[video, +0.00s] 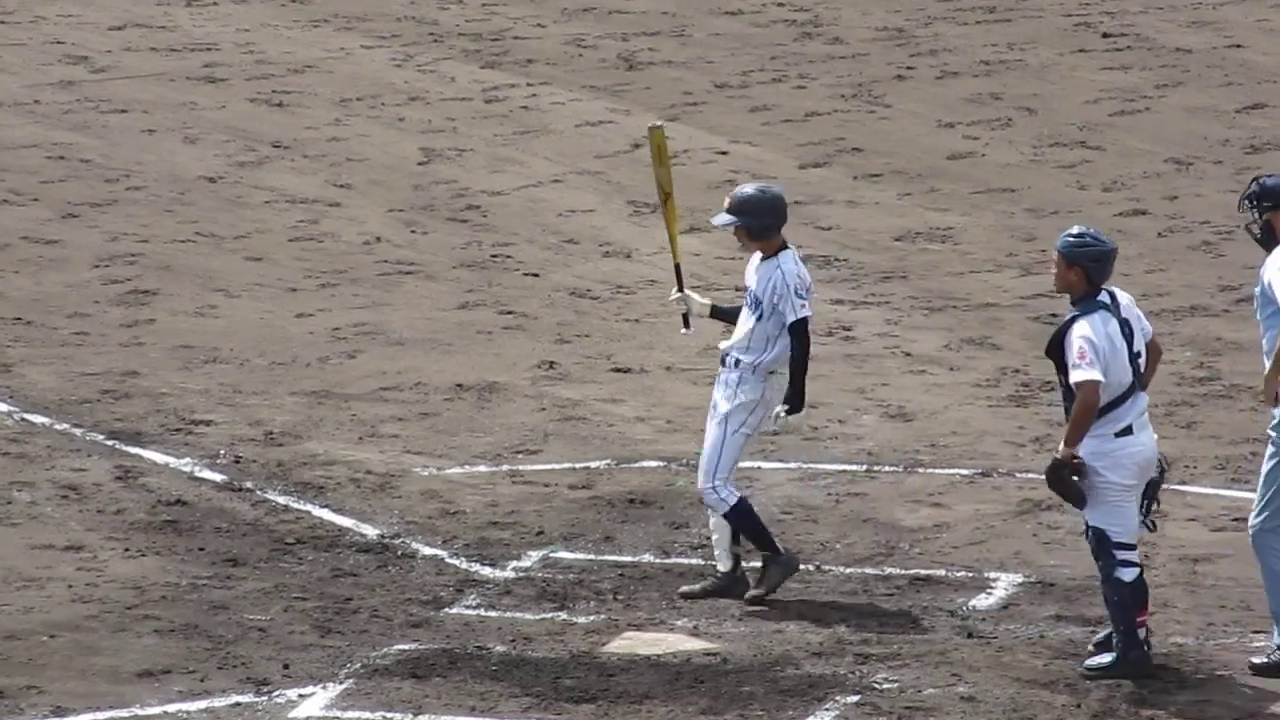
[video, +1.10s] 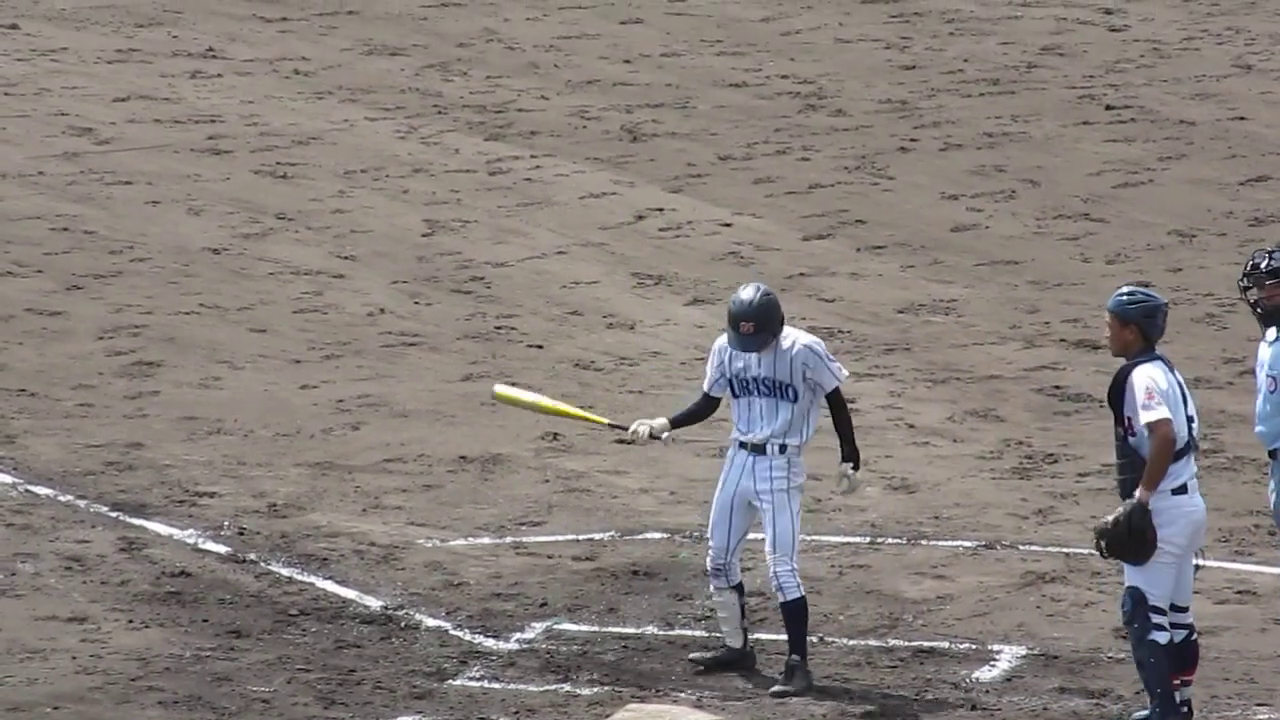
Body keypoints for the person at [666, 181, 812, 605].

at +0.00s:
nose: (735, 233)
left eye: (739, 227)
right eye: (734, 226)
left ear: (760, 227)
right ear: (762, 226)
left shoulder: (788, 273)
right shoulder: (760, 260)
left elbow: (800, 338)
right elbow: (753, 315)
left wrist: (795, 398)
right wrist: (706, 307)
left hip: (751, 387)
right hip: (731, 380)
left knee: (714, 485)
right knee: (710, 481)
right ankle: (728, 573)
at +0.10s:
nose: (725, 243)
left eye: (730, 237)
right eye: (725, 236)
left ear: (748, 239)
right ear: (761, 238)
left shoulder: (774, 287)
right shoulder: (757, 276)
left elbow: (787, 350)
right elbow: (744, 327)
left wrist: (793, 411)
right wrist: (698, 318)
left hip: (735, 399)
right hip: (726, 394)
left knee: (681, 489)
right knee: (708, 487)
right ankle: (725, 580)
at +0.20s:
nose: (722, 269)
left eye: (727, 263)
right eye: (723, 262)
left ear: (744, 268)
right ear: (760, 267)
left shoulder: (768, 316)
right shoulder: (756, 303)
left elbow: (783, 380)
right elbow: (739, 353)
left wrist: (786, 437)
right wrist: (691, 342)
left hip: (724, 425)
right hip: (728, 422)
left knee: (661, 510)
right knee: (700, 514)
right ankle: (725, 607)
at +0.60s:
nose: (719, 307)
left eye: (723, 300)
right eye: (719, 300)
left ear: (742, 300)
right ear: (751, 299)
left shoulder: (774, 341)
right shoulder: (748, 331)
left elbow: (787, 408)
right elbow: (728, 384)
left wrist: (755, 457)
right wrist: (678, 371)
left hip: (734, 455)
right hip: (723, 447)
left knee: (680, 546)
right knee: (706, 545)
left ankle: (688, 647)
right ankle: (730, 636)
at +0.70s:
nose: (723, 317)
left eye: (726, 310)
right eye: (721, 310)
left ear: (744, 307)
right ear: (742, 305)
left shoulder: (778, 339)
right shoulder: (743, 333)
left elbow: (796, 403)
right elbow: (723, 384)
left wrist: (769, 459)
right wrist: (676, 369)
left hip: (746, 454)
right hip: (725, 447)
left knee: (704, 548)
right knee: (707, 544)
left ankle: (729, 645)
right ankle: (727, 634)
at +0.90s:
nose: (728, 329)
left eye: (733, 322)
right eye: (724, 322)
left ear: (754, 315)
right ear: (724, 316)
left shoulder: (790, 341)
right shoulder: (731, 339)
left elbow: (820, 399)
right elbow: (711, 387)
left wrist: (812, 456)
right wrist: (665, 378)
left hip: (761, 462)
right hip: (728, 456)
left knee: (748, 556)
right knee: (717, 554)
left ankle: (787, 652)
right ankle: (735, 643)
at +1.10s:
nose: (744, 338)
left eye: (752, 332)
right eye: (739, 331)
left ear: (771, 325)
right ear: (733, 324)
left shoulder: (805, 350)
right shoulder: (725, 348)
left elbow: (836, 401)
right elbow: (708, 402)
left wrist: (850, 456)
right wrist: (666, 423)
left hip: (780, 466)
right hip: (737, 462)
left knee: (782, 567)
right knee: (720, 560)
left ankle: (797, 666)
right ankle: (736, 648)